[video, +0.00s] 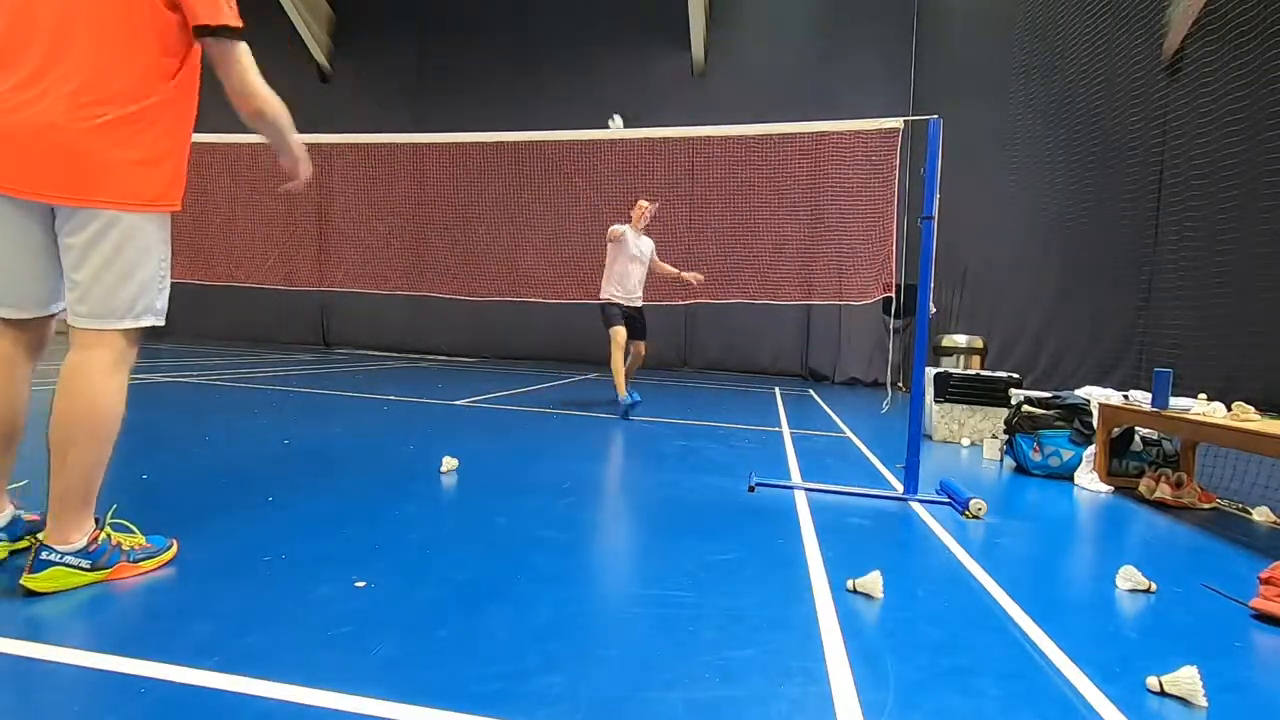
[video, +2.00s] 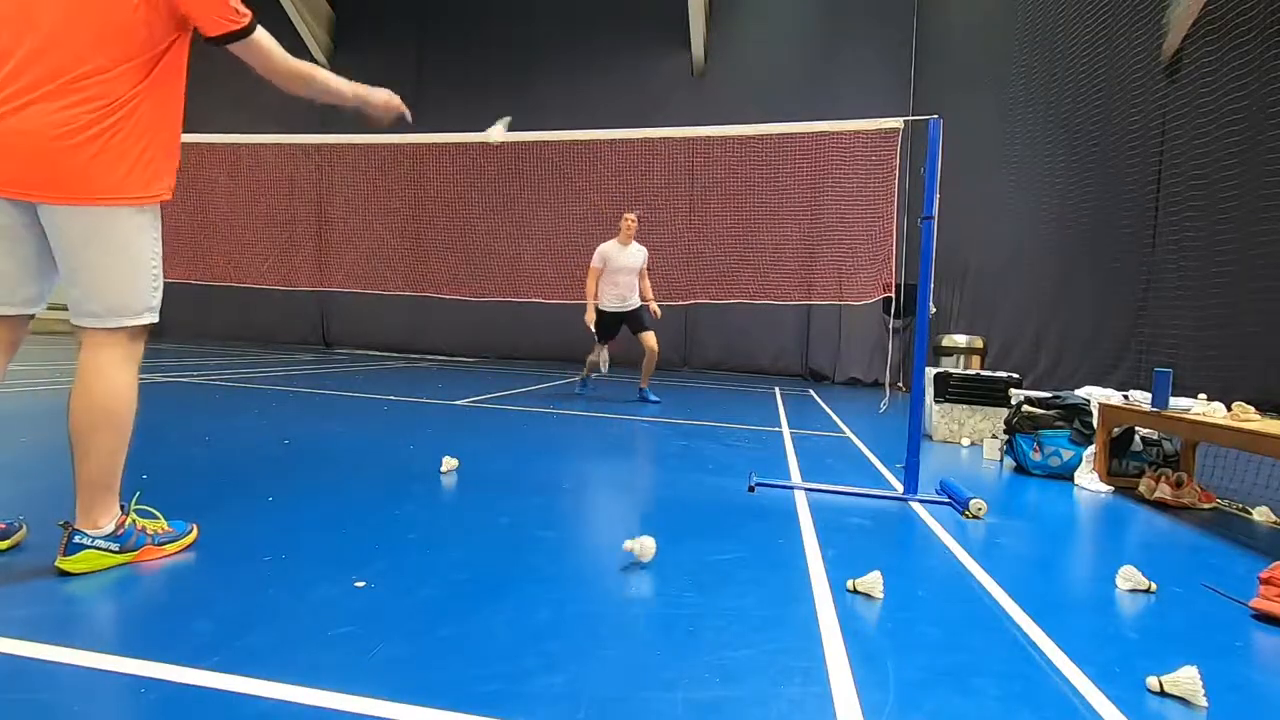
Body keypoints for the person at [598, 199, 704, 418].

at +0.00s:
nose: (644, 213)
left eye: (648, 211)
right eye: (641, 208)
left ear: (650, 217)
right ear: (631, 211)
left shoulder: (648, 243)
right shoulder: (620, 231)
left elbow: (657, 266)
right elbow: (612, 235)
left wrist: (683, 274)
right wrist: (620, 230)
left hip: (635, 303)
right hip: (612, 299)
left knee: (639, 351)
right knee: (619, 337)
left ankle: (624, 382)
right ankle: (621, 394)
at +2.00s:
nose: (630, 224)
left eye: (633, 221)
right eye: (626, 220)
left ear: (637, 227)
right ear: (620, 224)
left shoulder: (642, 252)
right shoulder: (604, 250)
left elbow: (644, 278)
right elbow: (592, 279)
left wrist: (651, 300)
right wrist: (590, 309)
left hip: (633, 307)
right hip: (608, 309)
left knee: (652, 348)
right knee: (598, 352)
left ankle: (643, 388)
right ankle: (584, 377)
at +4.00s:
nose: (599, 214)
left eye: (602, 211)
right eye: (596, 211)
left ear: (608, 215)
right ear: (590, 214)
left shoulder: (618, 239)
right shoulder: (578, 240)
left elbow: (630, 262)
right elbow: (568, 265)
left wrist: (627, 282)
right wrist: (565, 287)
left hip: (611, 297)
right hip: (585, 298)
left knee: (625, 337)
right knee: (575, 339)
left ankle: (632, 386)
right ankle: (569, 380)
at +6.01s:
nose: (630, 201)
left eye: (634, 198)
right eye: (626, 198)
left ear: (639, 204)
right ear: (620, 204)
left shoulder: (647, 233)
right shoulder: (606, 227)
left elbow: (655, 260)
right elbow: (577, 236)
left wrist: (668, 274)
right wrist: (556, 223)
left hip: (633, 293)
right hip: (609, 291)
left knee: (636, 342)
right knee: (604, 338)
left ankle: (624, 389)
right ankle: (595, 387)